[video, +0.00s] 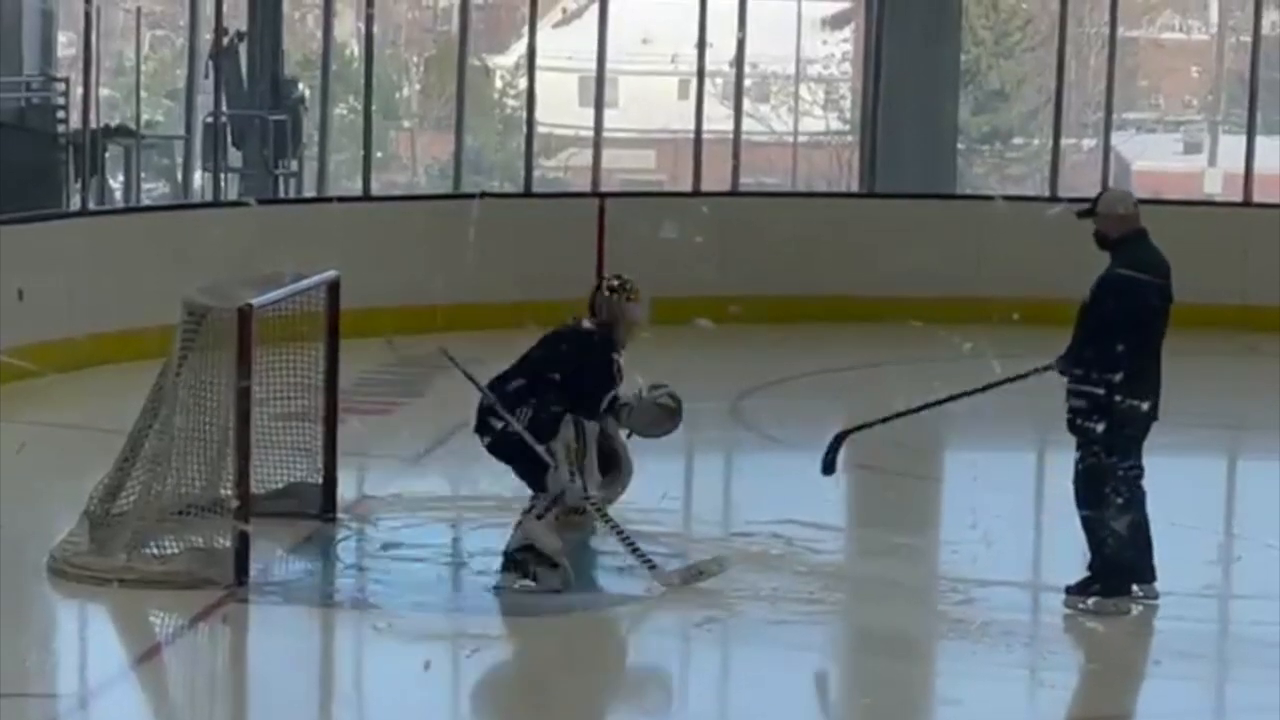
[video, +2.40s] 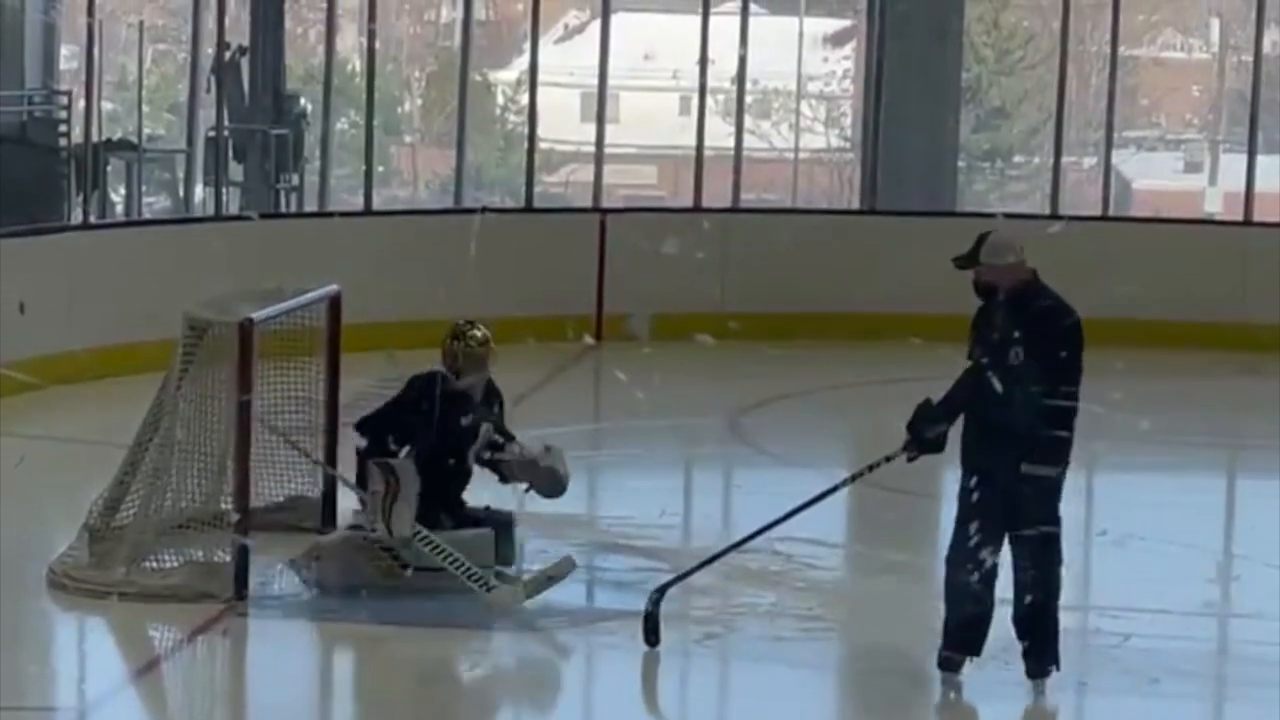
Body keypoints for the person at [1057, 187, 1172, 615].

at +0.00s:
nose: (1094, 230)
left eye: (1098, 223)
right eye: (1094, 222)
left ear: (1114, 224)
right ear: (1131, 221)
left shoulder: (1125, 271)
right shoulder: (1149, 263)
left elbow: (1108, 336)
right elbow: (1121, 332)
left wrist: (1074, 363)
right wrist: (1079, 357)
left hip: (1112, 399)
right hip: (1134, 395)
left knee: (1097, 486)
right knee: (1122, 483)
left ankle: (1112, 578)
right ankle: (1134, 572)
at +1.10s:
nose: (1055, 263)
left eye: (1059, 254)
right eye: (1053, 254)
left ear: (1079, 252)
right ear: (1080, 251)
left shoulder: (1114, 292)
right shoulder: (1088, 287)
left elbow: (1112, 366)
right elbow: (1074, 350)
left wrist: (1069, 396)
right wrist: (1054, 383)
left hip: (1110, 419)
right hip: (1089, 415)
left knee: (1079, 500)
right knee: (1109, 498)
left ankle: (1085, 591)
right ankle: (1133, 577)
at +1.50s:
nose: (1030, 262)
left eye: (1036, 256)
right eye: (1029, 255)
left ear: (1060, 254)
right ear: (1044, 254)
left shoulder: (1102, 298)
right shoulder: (1040, 287)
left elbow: (1105, 376)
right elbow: (1017, 345)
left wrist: (1090, 437)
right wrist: (983, 386)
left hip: (1077, 425)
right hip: (1038, 422)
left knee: (1056, 519)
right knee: (1054, 511)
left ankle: (1046, 615)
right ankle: (1075, 586)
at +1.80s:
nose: (1010, 264)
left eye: (1016, 256)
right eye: (1009, 256)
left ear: (1041, 256)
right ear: (1027, 255)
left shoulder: (1088, 305)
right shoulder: (1020, 293)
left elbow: (1093, 383)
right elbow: (987, 355)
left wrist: (1083, 441)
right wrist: (947, 395)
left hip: (1058, 440)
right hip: (1011, 435)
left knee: (1052, 535)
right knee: (1005, 527)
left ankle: (1045, 629)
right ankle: (1006, 601)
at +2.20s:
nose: (993, 275)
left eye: (999, 268)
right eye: (992, 268)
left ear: (1023, 266)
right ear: (1005, 267)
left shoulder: (1070, 315)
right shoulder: (1000, 306)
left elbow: (1071, 397)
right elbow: (975, 367)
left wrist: (1057, 463)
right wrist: (935, 410)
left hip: (1043, 462)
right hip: (994, 457)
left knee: (1043, 562)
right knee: (980, 554)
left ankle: (1044, 657)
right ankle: (967, 649)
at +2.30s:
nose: (985, 277)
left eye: (992, 270)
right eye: (985, 270)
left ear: (1018, 266)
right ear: (1000, 269)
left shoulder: (1065, 318)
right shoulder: (995, 311)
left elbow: (1067, 401)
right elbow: (974, 373)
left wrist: (1052, 466)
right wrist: (933, 416)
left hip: (1040, 467)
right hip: (989, 463)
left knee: (1039, 570)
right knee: (974, 560)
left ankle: (1042, 671)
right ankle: (958, 662)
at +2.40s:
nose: (978, 280)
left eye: (984, 272)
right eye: (978, 272)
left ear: (1008, 270)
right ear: (999, 270)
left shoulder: (1056, 318)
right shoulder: (990, 313)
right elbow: (977, 378)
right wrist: (937, 422)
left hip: (1037, 465)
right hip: (985, 460)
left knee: (1036, 565)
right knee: (969, 558)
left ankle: (1040, 664)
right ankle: (954, 656)